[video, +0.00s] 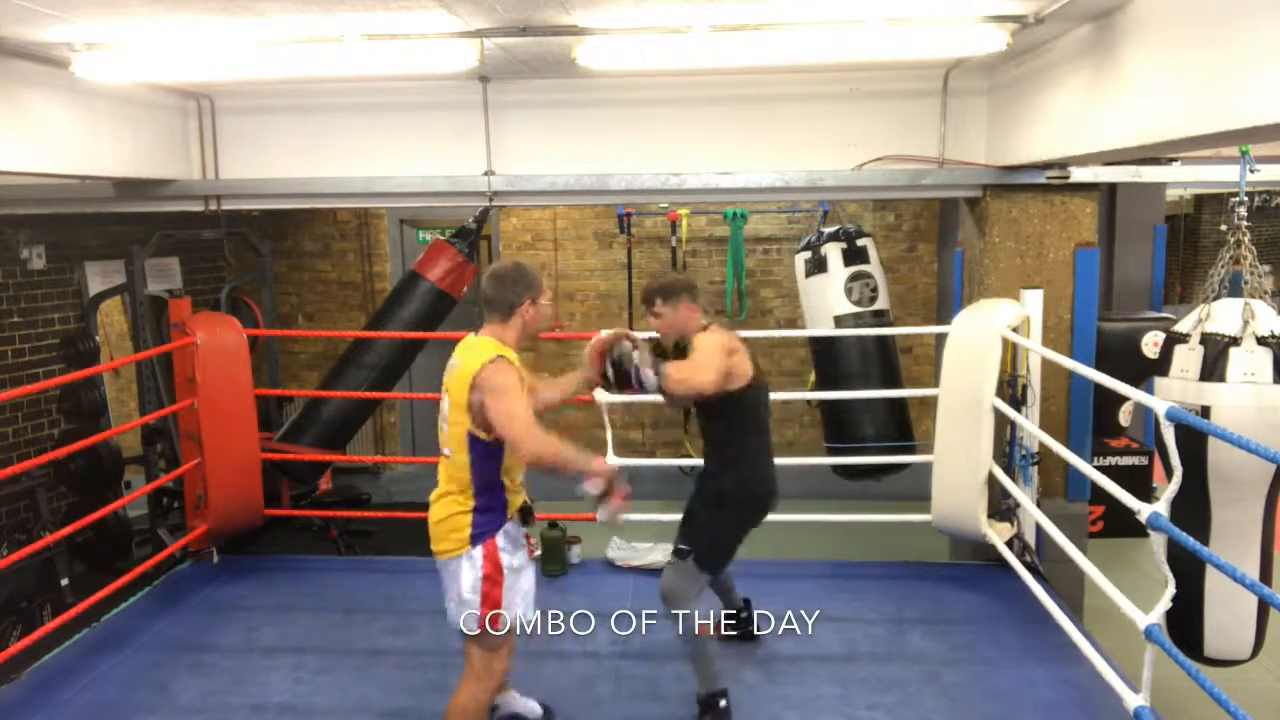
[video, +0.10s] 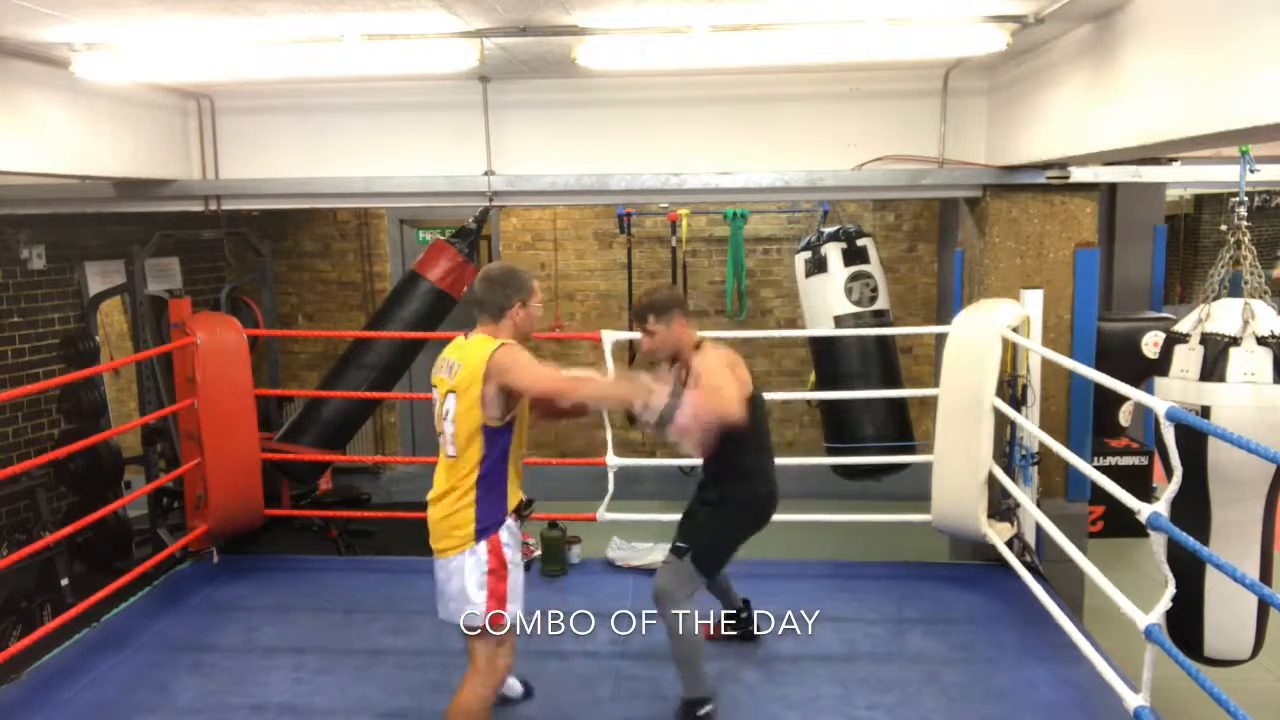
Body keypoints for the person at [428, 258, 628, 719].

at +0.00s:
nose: (550, 311)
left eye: (548, 301)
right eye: (545, 302)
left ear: (502, 306)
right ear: (524, 309)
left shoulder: (477, 351)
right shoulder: (495, 368)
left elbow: (533, 395)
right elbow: (530, 445)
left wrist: (587, 375)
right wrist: (596, 465)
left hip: (483, 520)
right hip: (476, 530)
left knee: (499, 620)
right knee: (486, 668)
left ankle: (494, 695)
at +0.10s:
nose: (541, 315)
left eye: (540, 305)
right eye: (537, 305)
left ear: (488, 308)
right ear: (514, 309)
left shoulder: (455, 353)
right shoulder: (503, 356)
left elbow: (530, 408)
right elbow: (565, 388)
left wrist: (593, 403)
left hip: (454, 518)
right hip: (480, 527)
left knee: (483, 603)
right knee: (491, 664)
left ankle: (491, 683)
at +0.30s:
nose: (536, 320)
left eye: (536, 311)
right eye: (531, 312)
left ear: (489, 316)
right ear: (505, 318)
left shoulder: (454, 352)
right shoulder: (496, 355)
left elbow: (518, 378)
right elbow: (568, 357)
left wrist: (545, 345)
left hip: (452, 507)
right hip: (472, 516)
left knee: (472, 603)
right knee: (472, 649)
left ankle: (468, 669)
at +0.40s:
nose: (532, 322)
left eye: (534, 312)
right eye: (526, 312)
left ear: (493, 313)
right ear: (496, 312)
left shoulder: (462, 345)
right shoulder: (479, 358)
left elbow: (504, 400)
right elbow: (517, 428)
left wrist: (543, 373)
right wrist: (567, 422)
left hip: (467, 495)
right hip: (466, 502)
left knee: (472, 596)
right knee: (476, 626)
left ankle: (461, 666)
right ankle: (470, 713)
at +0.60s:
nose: (530, 316)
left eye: (532, 308)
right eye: (523, 307)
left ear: (500, 307)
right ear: (491, 305)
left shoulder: (505, 345)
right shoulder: (445, 350)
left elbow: (530, 387)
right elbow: (435, 428)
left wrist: (573, 372)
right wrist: (489, 422)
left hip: (488, 478)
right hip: (456, 484)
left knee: (479, 581)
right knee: (489, 599)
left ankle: (460, 662)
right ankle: (482, 713)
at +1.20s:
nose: (584, 303)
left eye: (584, 294)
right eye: (574, 295)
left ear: (559, 303)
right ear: (541, 300)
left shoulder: (563, 347)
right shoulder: (505, 338)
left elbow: (584, 391)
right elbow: (465, 371)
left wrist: (605, 398)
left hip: (538, 482)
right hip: (499, 489)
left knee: (550, 570)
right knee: (488, 611)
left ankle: (500, 643)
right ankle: (463, 712)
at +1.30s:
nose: (605, 308)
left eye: (606, 298)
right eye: (594, 299)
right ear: (561, 302)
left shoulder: (584, 350)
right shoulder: (534, 338)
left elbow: (596, 397)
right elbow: (597, 323)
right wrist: (651, 310)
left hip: (569, 488)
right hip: (523, 494)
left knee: (582, 568)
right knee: (500, 606)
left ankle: (581, 656)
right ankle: (466, 711)